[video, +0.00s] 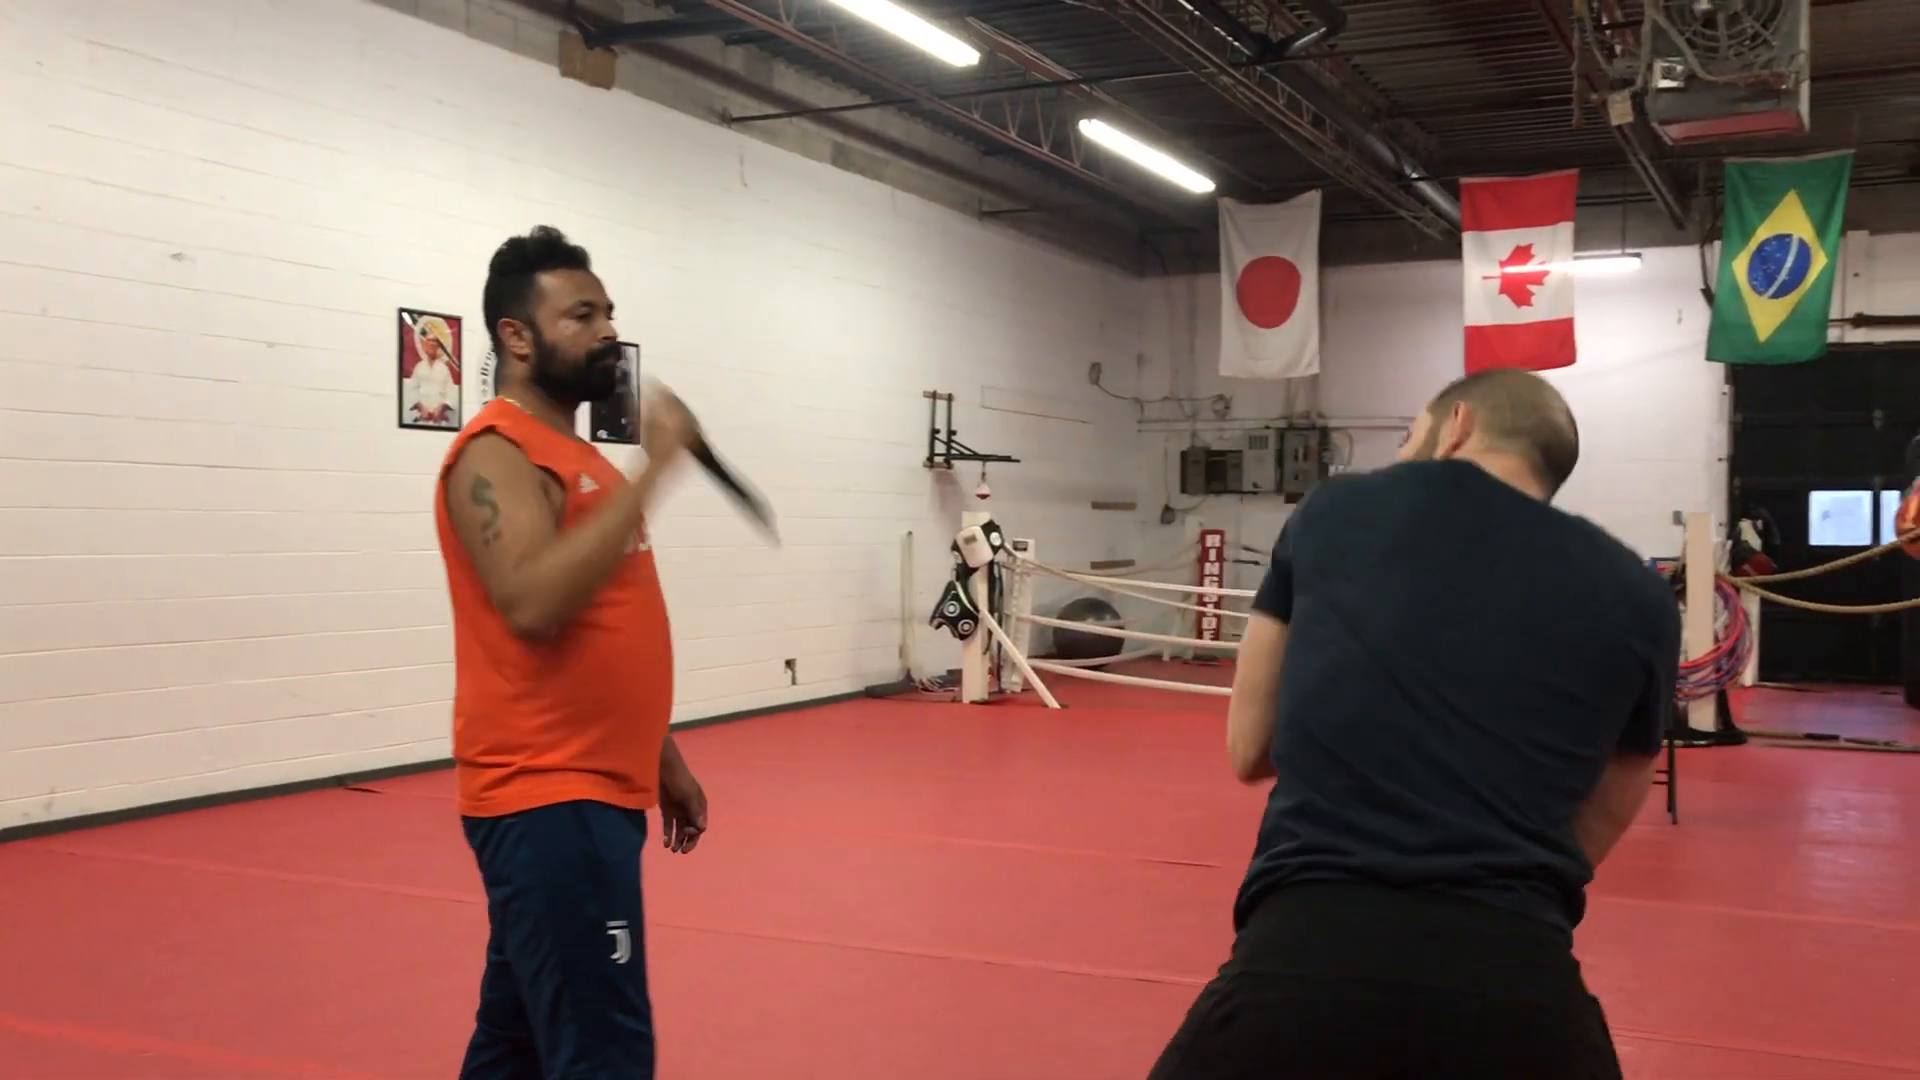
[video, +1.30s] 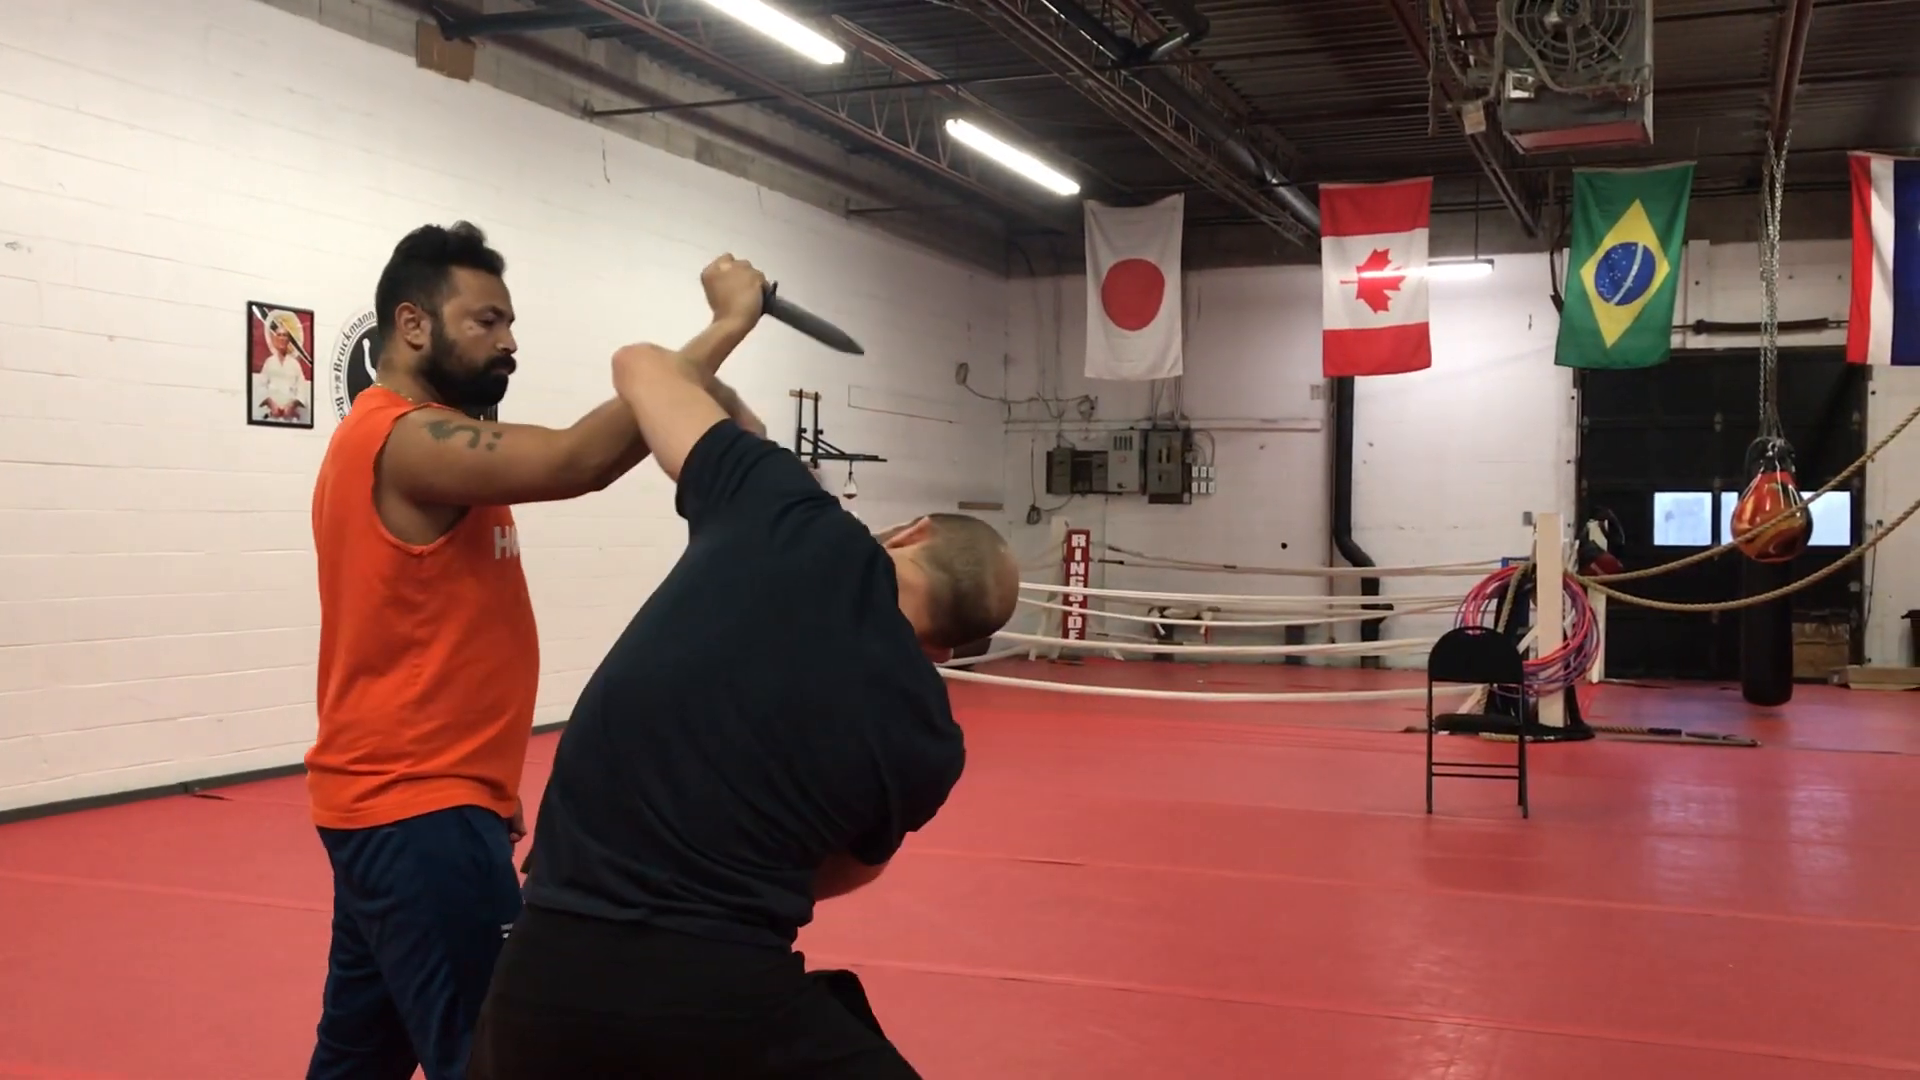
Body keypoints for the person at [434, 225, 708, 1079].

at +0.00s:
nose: (609, 331)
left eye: (607, 313)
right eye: (582, 315)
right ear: (514, 338)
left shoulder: (572, 456)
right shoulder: (493, 456)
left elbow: (602, 628)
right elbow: (530, 602)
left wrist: (663, 755)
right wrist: (655, 465)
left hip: (589, 795)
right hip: (545, 801)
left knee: (517, 1051)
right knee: (606, 1054)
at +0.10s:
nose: (583, 336)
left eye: (587, 321)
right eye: (562, 317)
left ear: (590, 336)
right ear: (493, 336)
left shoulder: (578, 471)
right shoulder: (462, 452)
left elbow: (599, 627)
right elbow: (535, 546)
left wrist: (660, 750)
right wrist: (559, 380)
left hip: (580, 795)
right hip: (520, 798)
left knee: (499, 1052)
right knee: (583, 1055)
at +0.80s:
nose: (547, 336)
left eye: (546, 318)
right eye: (522, 315)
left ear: (457, 331)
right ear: (449, 324)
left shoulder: (459, 430)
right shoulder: (442, 435)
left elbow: (478, 635)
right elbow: (590, 444)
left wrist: (540, 786)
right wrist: (626, 267)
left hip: (467, 800)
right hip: (465, 807)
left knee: (408, 1056)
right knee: (546, 1058)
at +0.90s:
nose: (545, 337)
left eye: (543, 316)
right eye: (523, 313)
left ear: (450, 329)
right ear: (448, 323)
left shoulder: (423, 429)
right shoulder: (449, 434)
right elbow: (613, 456)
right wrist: (697, 285)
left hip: (424, 802)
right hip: (461, 809)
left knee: (394, 1055)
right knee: (535, 1059)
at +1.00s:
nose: (545, 335)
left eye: (543, 314)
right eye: (522, 312)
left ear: (449, 329)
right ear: (448, 322)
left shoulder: (404, 433)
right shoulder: (451, 436)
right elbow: (624, 462)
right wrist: (743, 313)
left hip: (406, 801)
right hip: (452, 807)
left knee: (380, 1058)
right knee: (525, 1059)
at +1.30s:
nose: (511, 343)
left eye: (509, 322)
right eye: (488, 320)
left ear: (419, 332)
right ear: (411, 325)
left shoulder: (390, 433)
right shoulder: (407, 438)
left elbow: (575, 468)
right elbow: (578, 460)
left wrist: (695, 398)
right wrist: (726, 326)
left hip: (401, 801)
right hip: (420, 807)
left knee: (359, 1056)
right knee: (483, 1057)